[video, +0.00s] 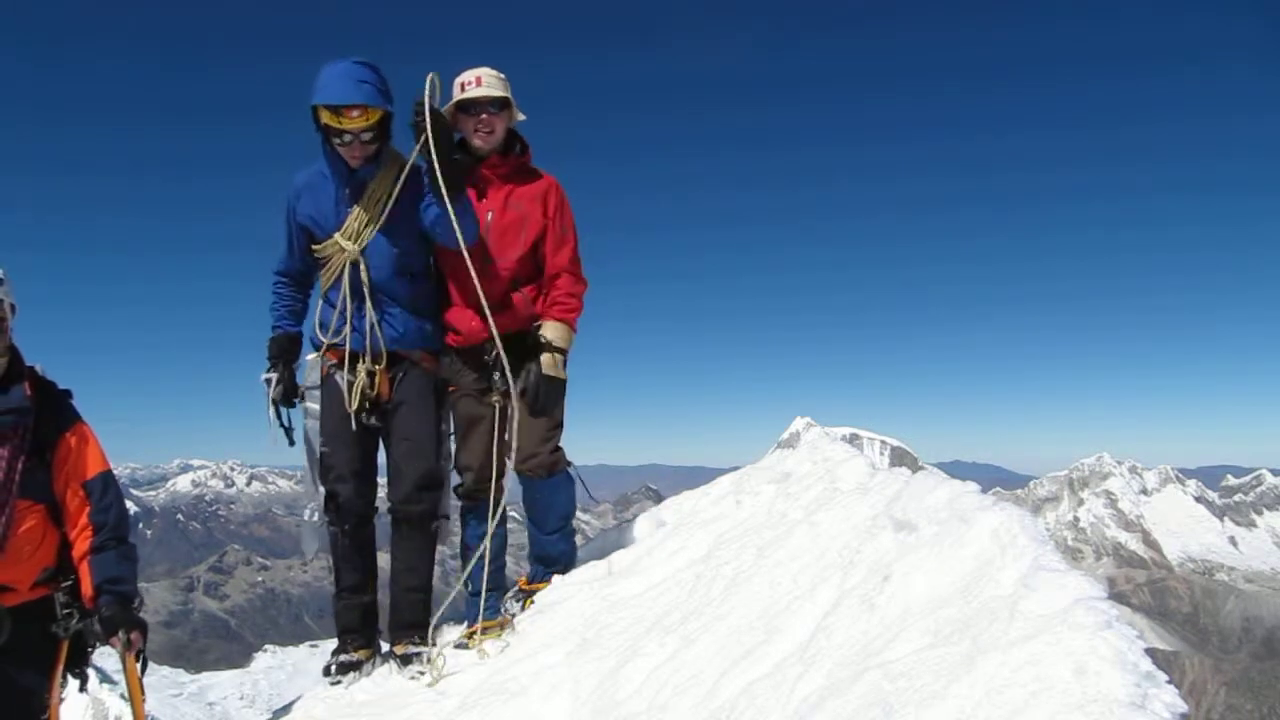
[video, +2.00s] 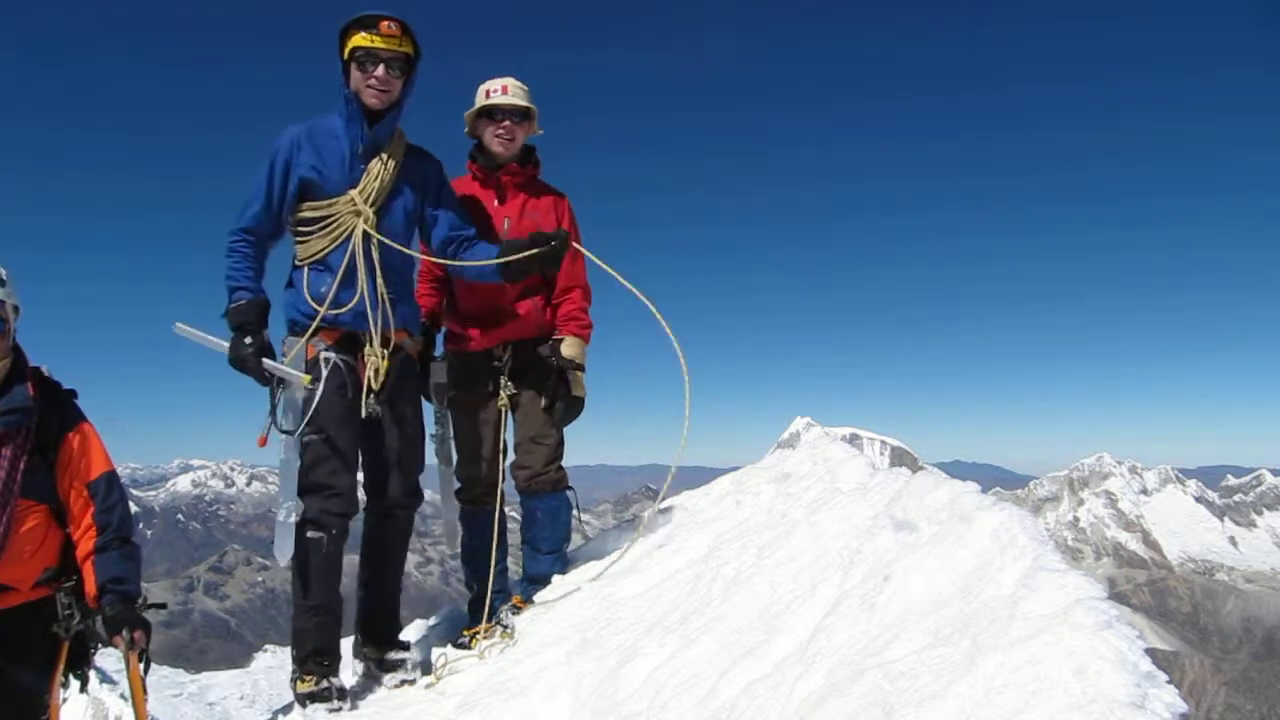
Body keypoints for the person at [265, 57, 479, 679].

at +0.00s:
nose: (354, 138)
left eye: (367, 125)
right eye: (340, 126)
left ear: (386, 122)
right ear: (322, 125)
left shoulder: (413, 180)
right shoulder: (307, 190)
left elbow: (458, 235)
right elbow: (290, 280)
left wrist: (440, 156)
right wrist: (281, 357)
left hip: (412, 362)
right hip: (339, 367)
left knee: (415, 500)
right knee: (346, 502)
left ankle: (409, 634)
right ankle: (355, 640)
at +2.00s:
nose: (380, 75)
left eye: (393, 66)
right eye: (368, 62)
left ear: (409, 77)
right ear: (347, 69)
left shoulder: (422, 167)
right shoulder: (304, 145)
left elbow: (457, 248)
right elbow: (248, 236)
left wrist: (510, 257)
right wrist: (247, 322)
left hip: (398, 350)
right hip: (321, 344)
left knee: (397, 495)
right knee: (326, 497)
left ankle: (379, 641)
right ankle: (314, 661)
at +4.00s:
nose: (386, 94)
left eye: (399, 86)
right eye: (374, 82)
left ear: (413, 98)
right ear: (354, 89)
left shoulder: (420, 189)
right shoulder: (313, 158)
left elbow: (434, 283)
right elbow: (256, 248)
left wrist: (438, 359)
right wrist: (254, 334)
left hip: (403, 363)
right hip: (334, 355)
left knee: (375, 507)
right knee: (323, 504)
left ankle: (355, 642)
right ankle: (298, 673)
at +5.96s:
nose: (403, 108)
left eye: (407, 98)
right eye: (391, 96)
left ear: (404, 107)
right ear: (357, 100)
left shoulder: (400, 193)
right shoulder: (313, 168)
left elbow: (421, 281)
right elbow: (262, 261)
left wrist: (433, 359)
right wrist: (327, 286)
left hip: (402, 361)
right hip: (347, 356)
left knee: (380, 504)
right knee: (340, 499)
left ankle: (354, 642)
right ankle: (297, 675)